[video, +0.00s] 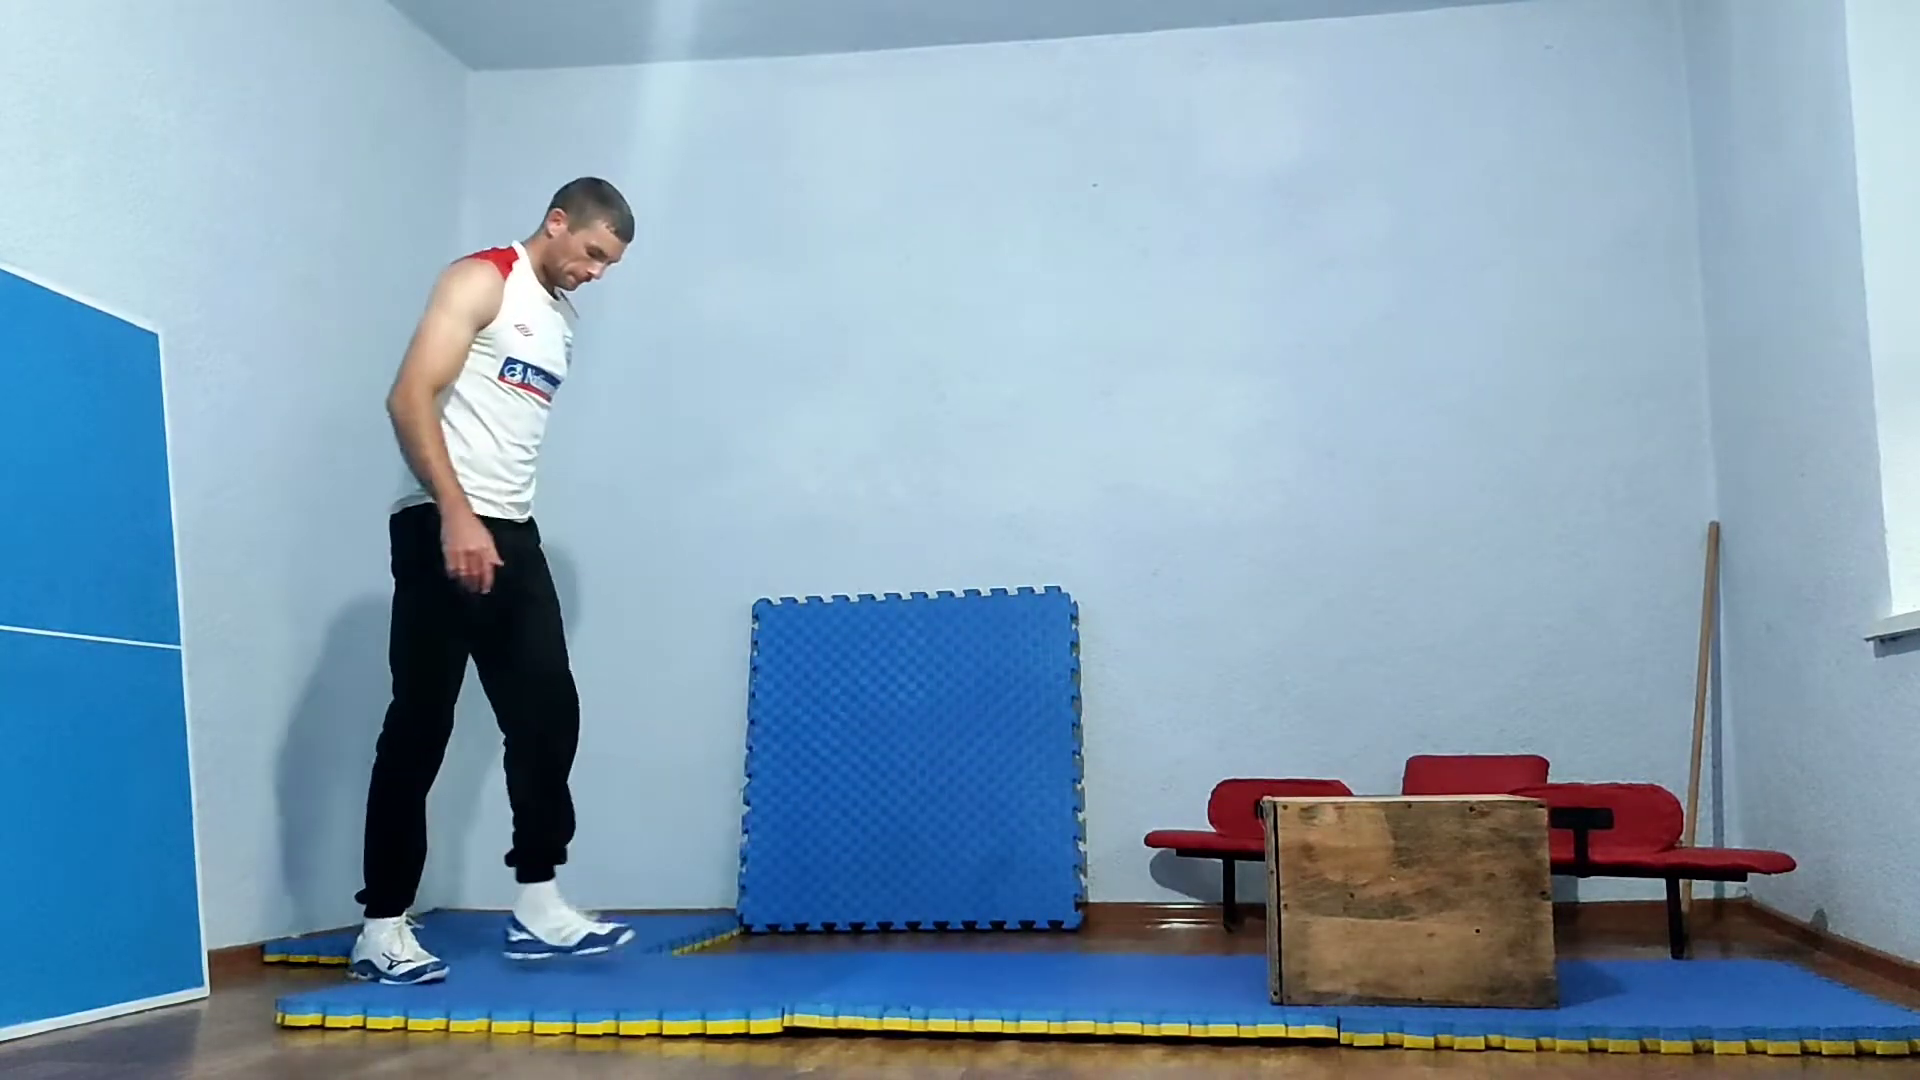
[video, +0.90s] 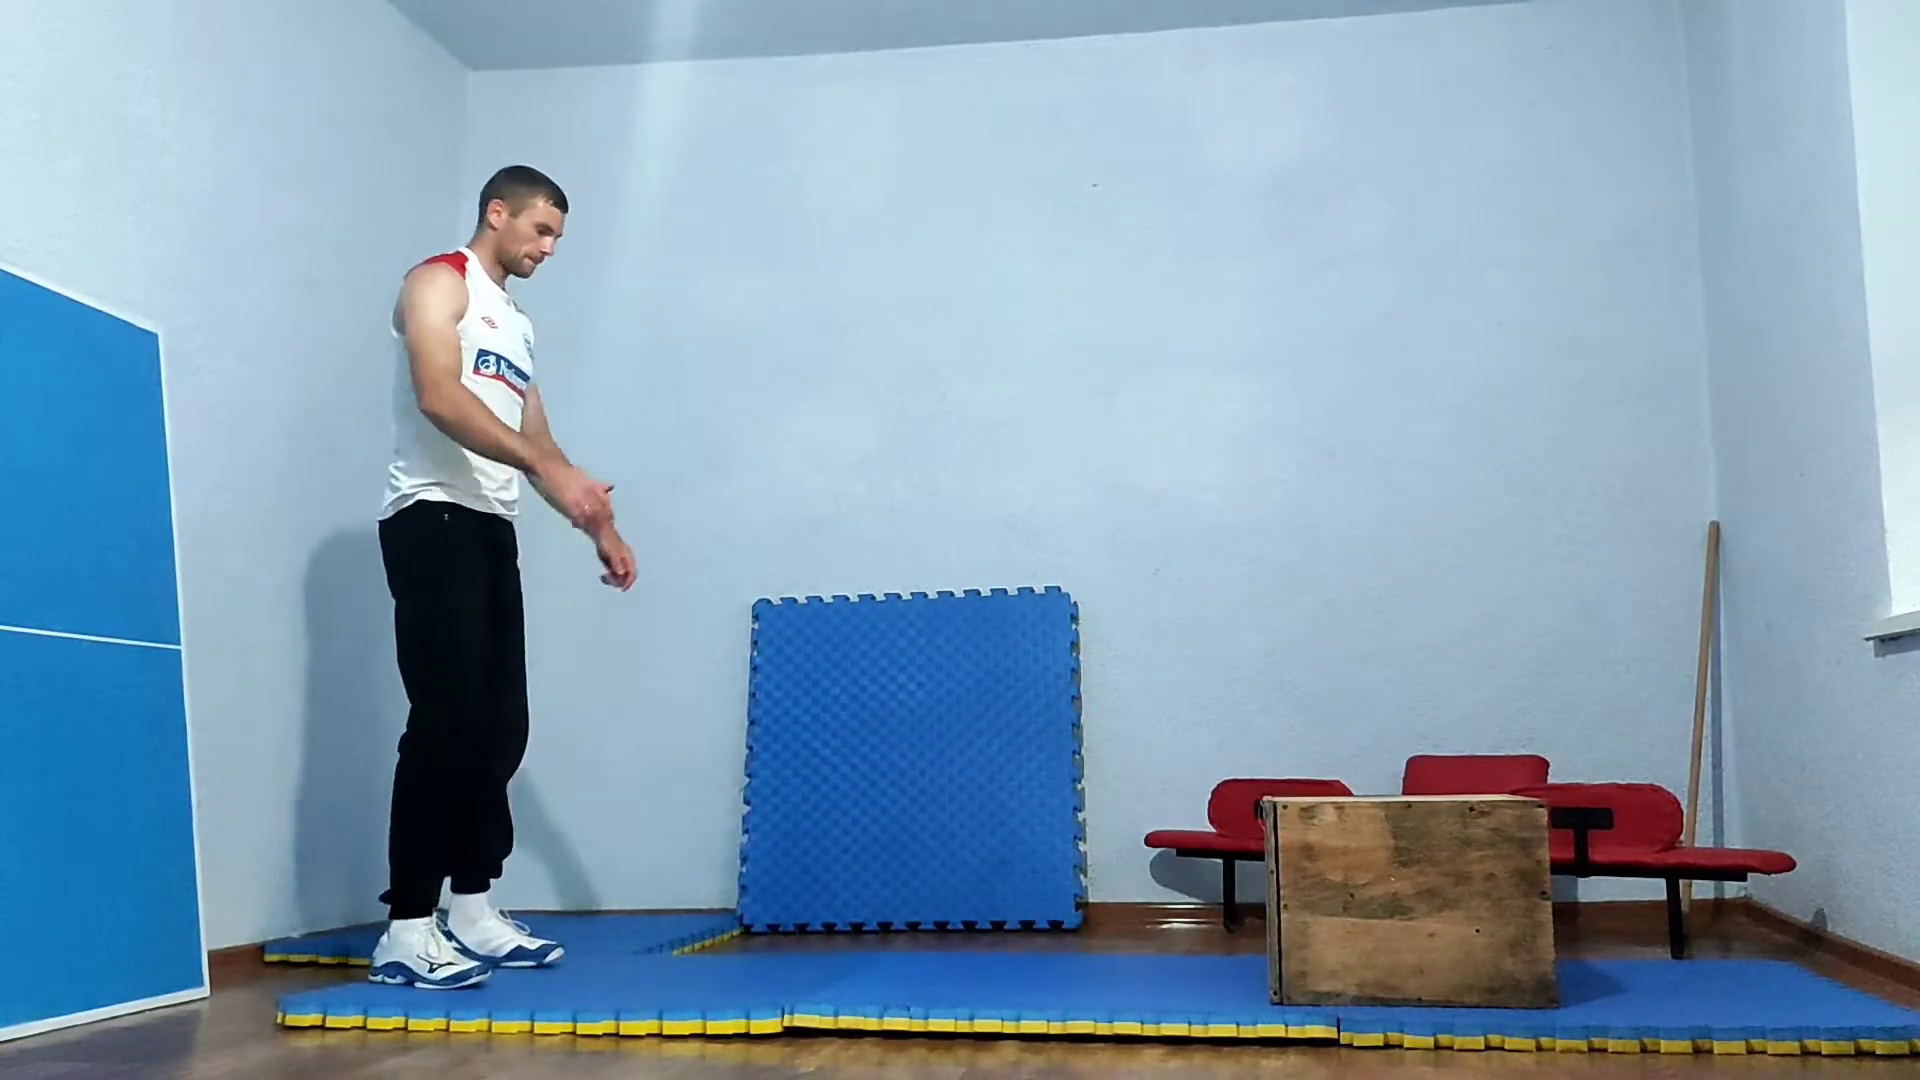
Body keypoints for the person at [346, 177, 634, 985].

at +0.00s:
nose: (596, 271)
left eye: (608, 261)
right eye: (593, 252)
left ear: (604, 258)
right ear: (554, 222)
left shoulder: (555, 313)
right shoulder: (478, 281)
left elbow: (503, 424)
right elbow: (410, 400)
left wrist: (511, 519)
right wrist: (456, 512)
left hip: (512, 538)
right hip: (440, 533)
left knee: (546, 715)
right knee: (417, 726)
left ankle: (539, 901)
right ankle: (384, 924)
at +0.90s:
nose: (548, 248)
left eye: (555, 238)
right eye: (542, 230)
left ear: (536, 235)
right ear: (496, 212)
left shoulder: (513, 323)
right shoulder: (439, 281)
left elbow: (539, 447)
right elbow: (440, 397)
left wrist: (600, 526)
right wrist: (545, 464)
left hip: (491, 535)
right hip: (434, 529)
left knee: (500, 725)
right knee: (443, 721)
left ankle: (469, 910)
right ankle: (407, 929)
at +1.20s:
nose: (532, 226)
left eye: (536, 217)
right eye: (521, 211)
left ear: (518, 220)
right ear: (471, 205)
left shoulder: (511, 309)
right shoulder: (423, 277)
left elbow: (620, 331)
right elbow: (519, 257)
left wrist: (709, 289)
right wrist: (637, 219)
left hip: (488, 529)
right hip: (430, 523)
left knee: (497, 726)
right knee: (440, 721)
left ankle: (468, 909)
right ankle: (404, 930)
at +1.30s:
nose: (534, 224)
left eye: (536, 212)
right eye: (521, 208)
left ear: (521, 219)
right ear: (474, 206)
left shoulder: (517, 294)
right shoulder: (434, 273)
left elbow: (618, 268)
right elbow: (509, 198)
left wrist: (694, 197)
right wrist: (622, 132)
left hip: (495, 525)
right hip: (438, 521)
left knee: (499, 726)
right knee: (454, 718)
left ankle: (468, 908)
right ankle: (406, 927)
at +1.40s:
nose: (533, 209)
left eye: (536, 197)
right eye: (520, 192)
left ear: (527, 213)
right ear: (477, 197)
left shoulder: (525, 284)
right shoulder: (444, 264)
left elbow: (610, 220)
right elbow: (513, 156)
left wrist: (666, 125)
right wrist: (596, 71)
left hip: (504, 522)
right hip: (449, 517)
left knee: (506, 722)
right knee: (458, 718)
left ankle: (469, 909)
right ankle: (407, 926)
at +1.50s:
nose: (534, 202)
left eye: (540, 194)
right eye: (520, 186)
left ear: (539, 209)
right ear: (483, 187)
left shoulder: (522, 276)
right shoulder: (444, 256)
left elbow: (590, 194)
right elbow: (497, 134)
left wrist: (628, 89)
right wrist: (561, 40)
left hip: (516, 519)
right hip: (456, 514)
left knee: (514, 719)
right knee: (460, 716)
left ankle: (472, 908)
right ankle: (407, 925)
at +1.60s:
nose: (532, 201)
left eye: (538, 192)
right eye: (517, 187)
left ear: (534, 206)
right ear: (481, 191)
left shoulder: (522, 273)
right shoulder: (448, 253)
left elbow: (576, 181)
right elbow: (484, 117)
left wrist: (594, 66)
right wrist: (532, 23)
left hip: (522, 515)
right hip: (462, 513)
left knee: (516, 719)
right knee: (462, 717)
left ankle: (474, 906)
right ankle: (408, 924)